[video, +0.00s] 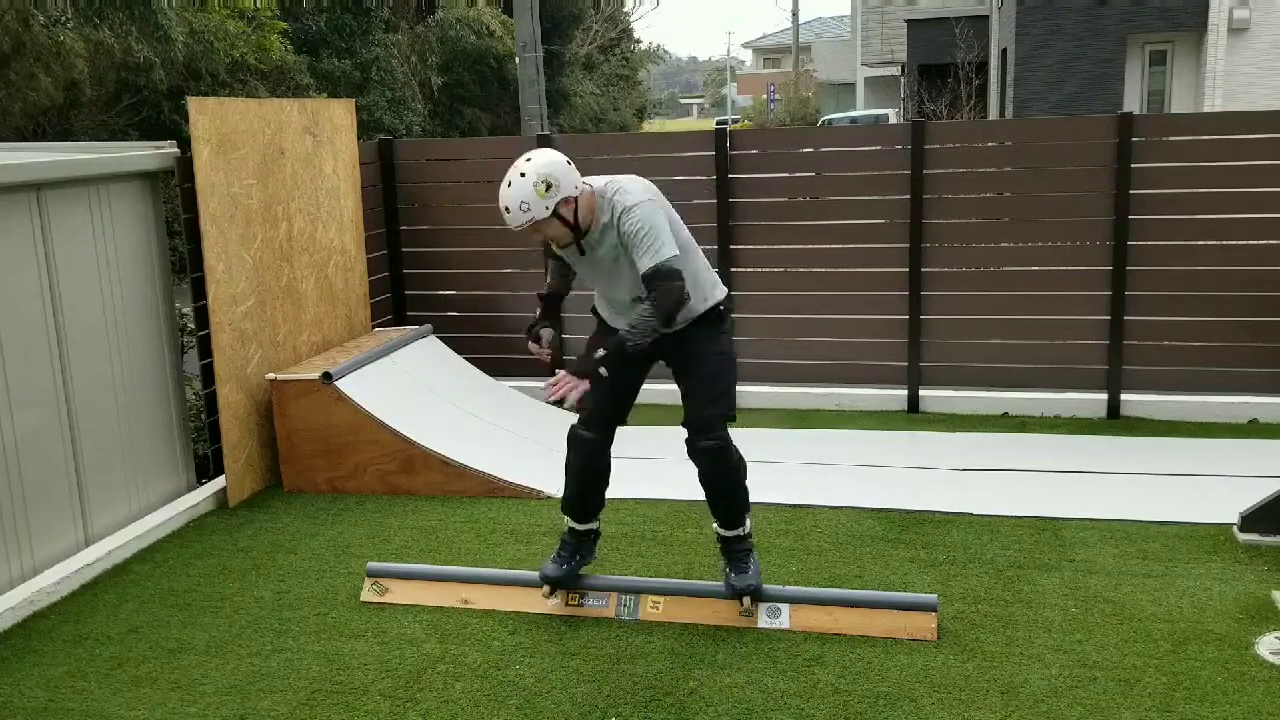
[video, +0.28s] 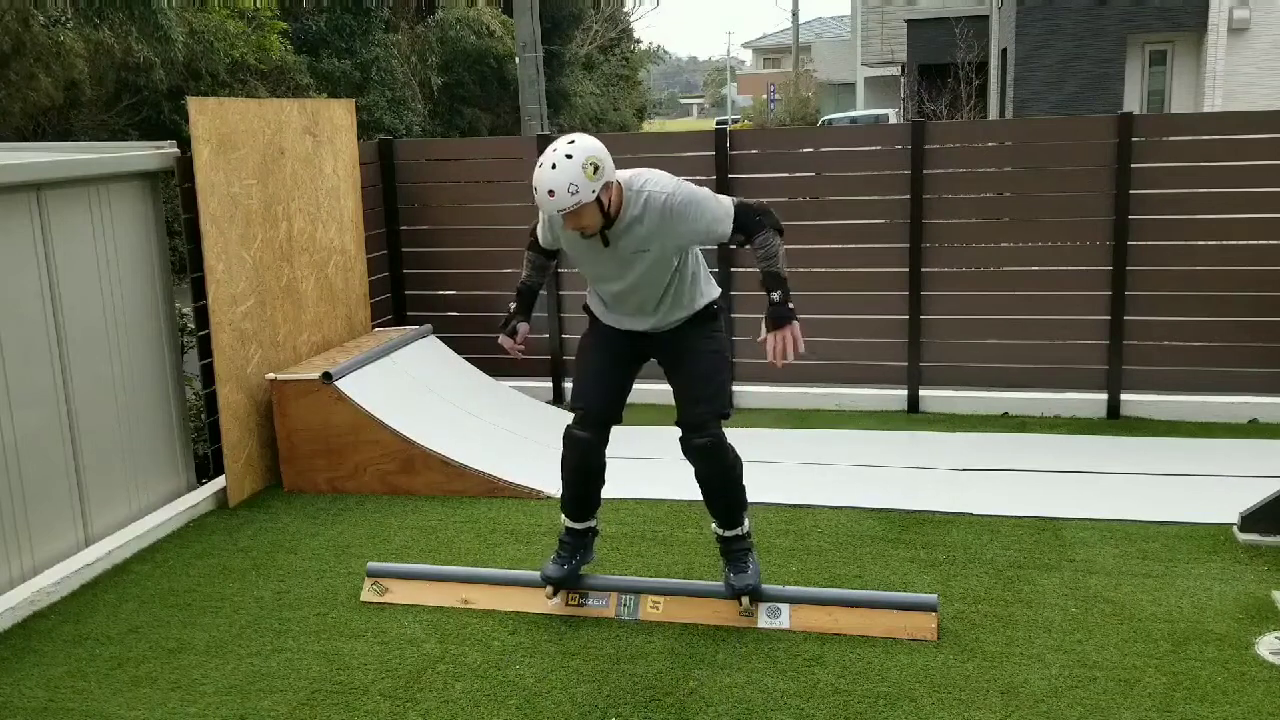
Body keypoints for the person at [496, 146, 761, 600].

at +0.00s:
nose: (541, 238)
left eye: (542, 226)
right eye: (534, 230)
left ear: (568, 204)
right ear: (563, 206)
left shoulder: (635, 205)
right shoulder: (562, 221)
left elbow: (668, 297)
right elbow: (562, 259)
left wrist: (596, 364)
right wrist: (548, 317)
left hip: (694, 319)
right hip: (623, 321)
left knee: (708, 439)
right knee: (588, 435)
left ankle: (738, 549)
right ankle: (578, 542)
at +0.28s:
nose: (570, 227)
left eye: (577, 215)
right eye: (562, 217)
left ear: (607, 193)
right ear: (550, 203)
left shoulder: (668, 201)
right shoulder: (558, 214)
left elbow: (760, 224)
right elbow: (541, 251)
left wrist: (779, 305)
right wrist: (520, 312)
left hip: (689, 318)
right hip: (612, 321)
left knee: (702, 437)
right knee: (584, 433)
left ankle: (737, 548)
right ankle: (576, 540)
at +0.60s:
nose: (570, 166)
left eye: (578, 152)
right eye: (563, 155)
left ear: (611, 135)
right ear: (554, 148)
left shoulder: (669, 157)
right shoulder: (557, 171)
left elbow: (748, 185)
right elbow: (545, 214)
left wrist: (730, 255)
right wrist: (530, 271)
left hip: (679, 321)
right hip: (601, 324)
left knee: (700, 448)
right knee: (582, 444)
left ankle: (738, 556)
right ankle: (570, 549)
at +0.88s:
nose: (547, 190)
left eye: (555, 178)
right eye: (542, 179)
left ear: (591, 164)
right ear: (542, 175)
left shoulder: (656, 208)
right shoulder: (549, 212)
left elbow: (716, 272)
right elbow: (552, 280)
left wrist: (673, 329)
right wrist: (542, 342)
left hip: (661, 380)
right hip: (583, 379)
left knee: (672, 505)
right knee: (569, 499)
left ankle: (724, 610)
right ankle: (577, 608)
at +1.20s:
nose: (479, 178)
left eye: (480, 163)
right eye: (473, 167)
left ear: (517, 145)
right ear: (515, 148)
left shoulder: (578, 187)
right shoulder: (545, 193)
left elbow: (594, 283)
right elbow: (563, 282)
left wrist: (508, 295)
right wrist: (499, 294)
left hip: (611, 371)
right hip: (563, 375)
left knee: (606, 505)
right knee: (554, 492)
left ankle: (697, 579)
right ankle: (601, 601)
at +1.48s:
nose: (455, 172)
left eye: (450, 157)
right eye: (448, 161)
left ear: (471, 141)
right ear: (507, 130)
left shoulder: (512, 190)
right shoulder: (571, 176)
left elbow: (503, 298)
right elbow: (625, 263)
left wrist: (459, 301)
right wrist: (606, 337)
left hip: (559, 378)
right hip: (599, 366)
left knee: (514, 520)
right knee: (563, 496)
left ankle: (578, 676)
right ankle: (606, 607)